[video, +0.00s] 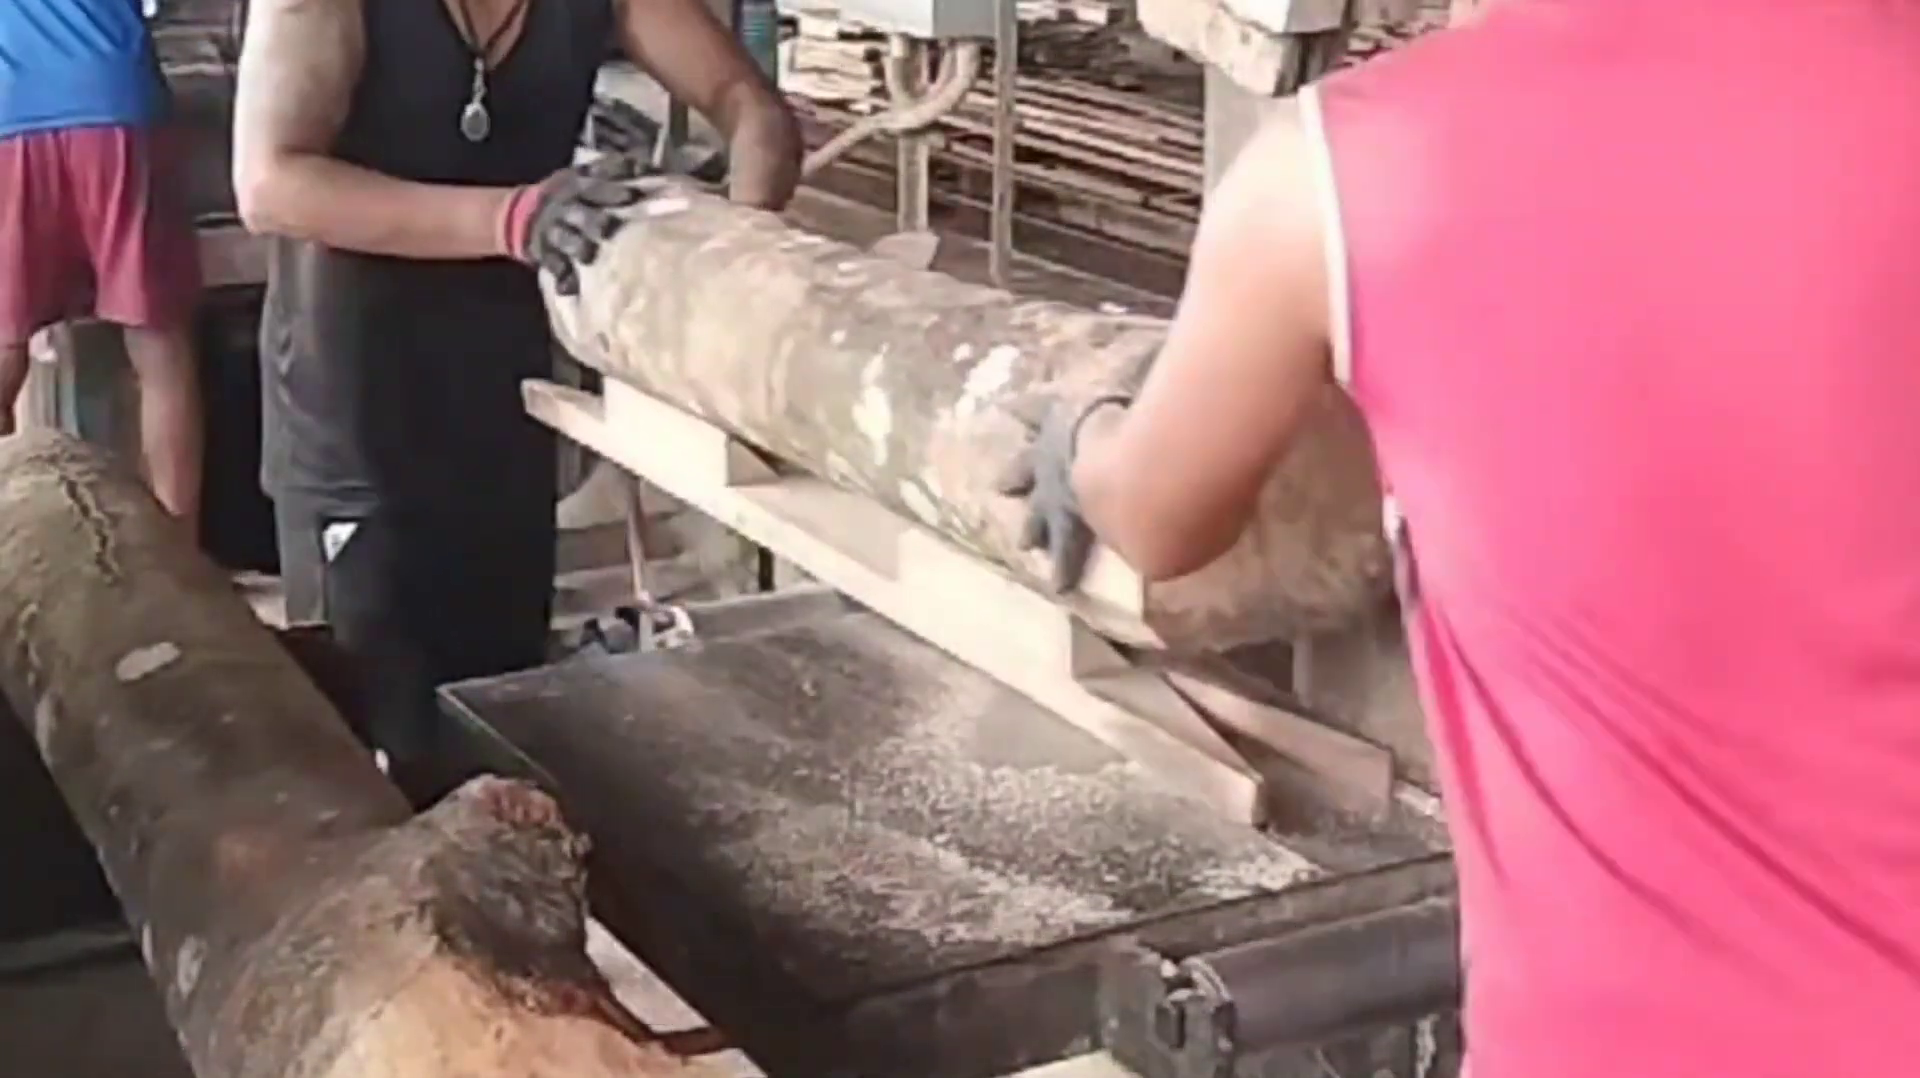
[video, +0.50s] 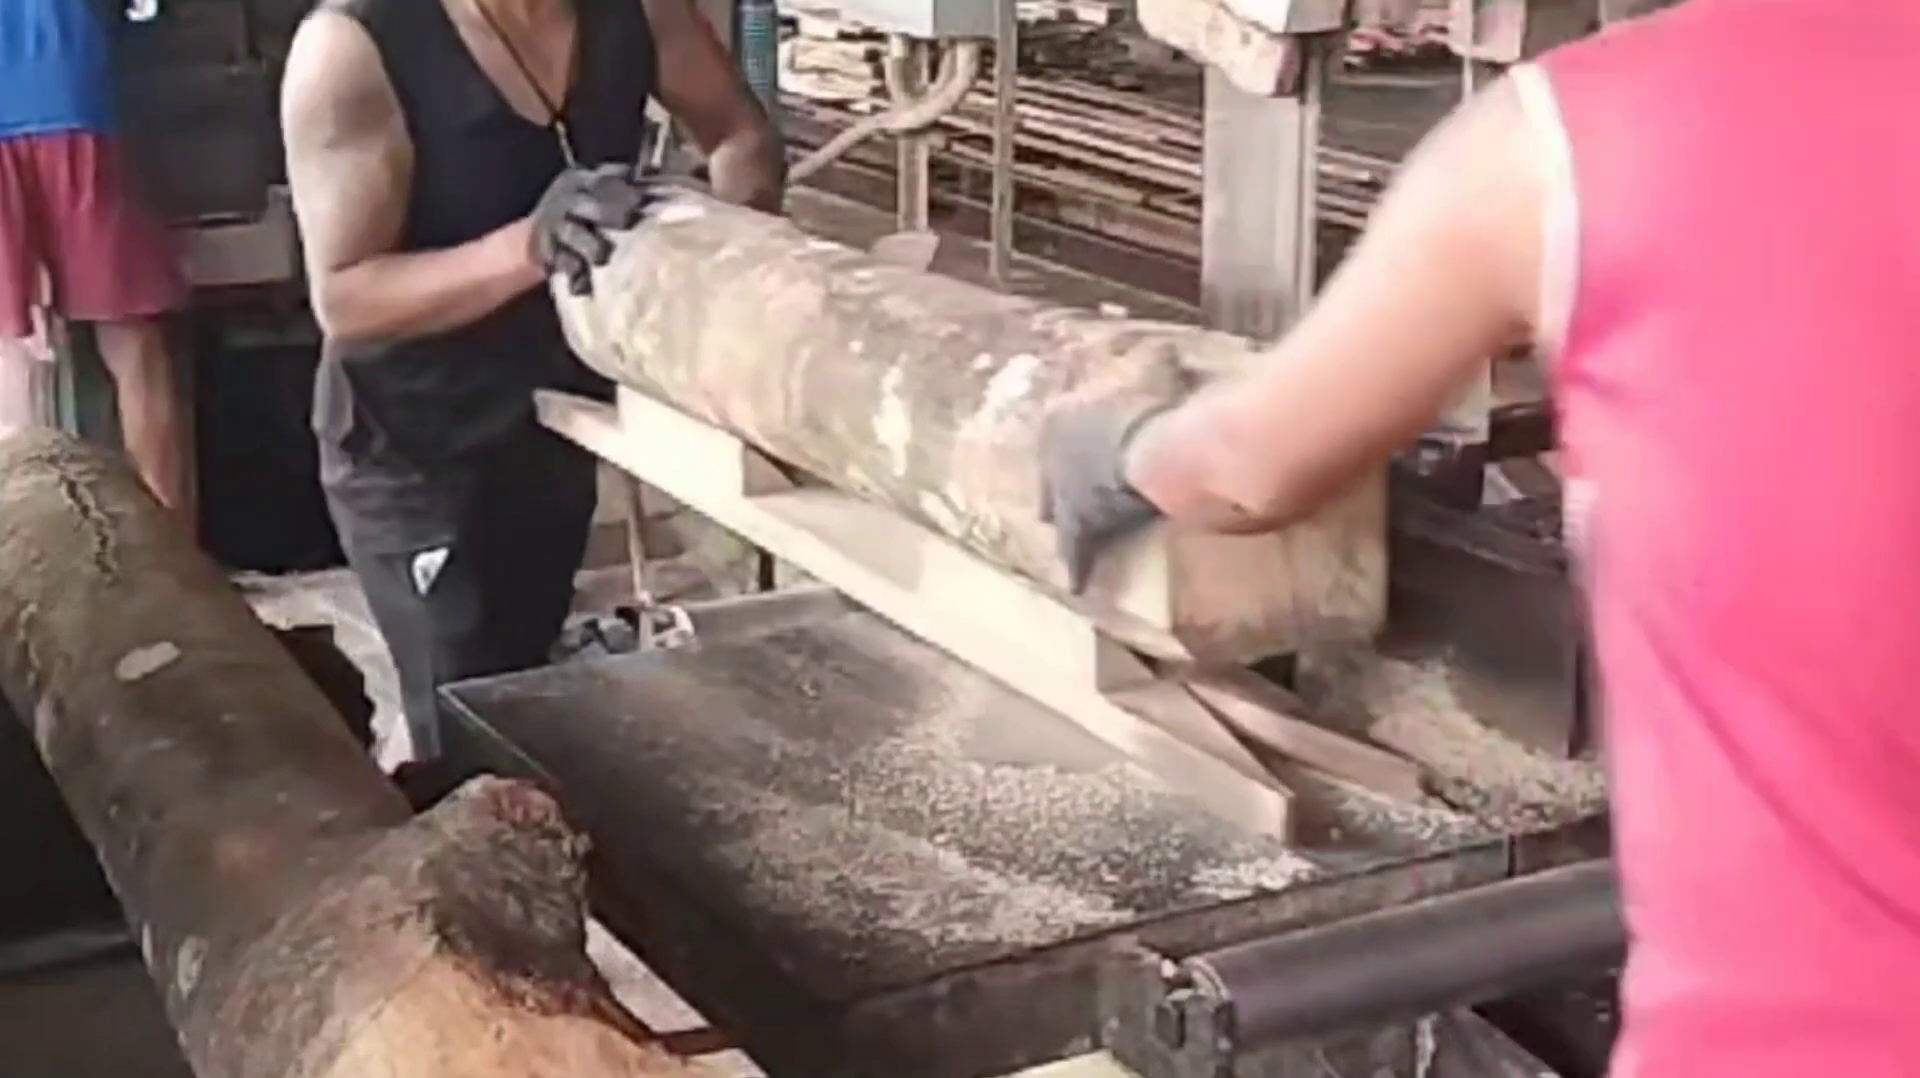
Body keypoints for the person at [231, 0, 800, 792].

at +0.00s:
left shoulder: (601, 6)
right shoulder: (321, 10)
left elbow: (757, 108)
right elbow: (271, 185)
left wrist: (738, 250)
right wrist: (509, 218)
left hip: (506, 436)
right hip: (354, 442)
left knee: (507, 741)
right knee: (389, 761)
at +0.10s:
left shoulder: (606, 6)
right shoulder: (313, 11)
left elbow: (738, 105)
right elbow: (280, 209)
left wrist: (715, 233)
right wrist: (486, 210)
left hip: (511, 387)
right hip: (359, 395)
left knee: (477, 689)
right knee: (395, 707)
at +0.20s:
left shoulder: (613, 8)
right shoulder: (314, 12)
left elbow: (722, 118)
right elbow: (281, 209)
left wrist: (675, 242)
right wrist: (475, 207)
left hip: (525, 383)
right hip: (368, 390)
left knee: (492, 670)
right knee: (403, 678)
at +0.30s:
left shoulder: (621, 7)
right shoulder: (324, 13)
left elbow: (722, 126)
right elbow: (285, 212)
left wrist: (682, 224)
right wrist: (472, 210)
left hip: (544, 385)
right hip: (391, 397)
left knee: (504, 681)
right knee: (446, 696)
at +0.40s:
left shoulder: (628, 9)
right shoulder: (336, 21)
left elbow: (736, 128)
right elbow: (307, 240)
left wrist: (693, 222)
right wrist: (496, 221)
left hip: (546, 400)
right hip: (398, 418)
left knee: (504, 691)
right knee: (452, 726)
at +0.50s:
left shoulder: (637, 13)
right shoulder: (351, 48)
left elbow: (741, 134)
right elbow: (347, 302)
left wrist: (729, 269)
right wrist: (535, 243)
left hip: (556, 426)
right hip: (409, 447)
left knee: (520, 702)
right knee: (465, 735)